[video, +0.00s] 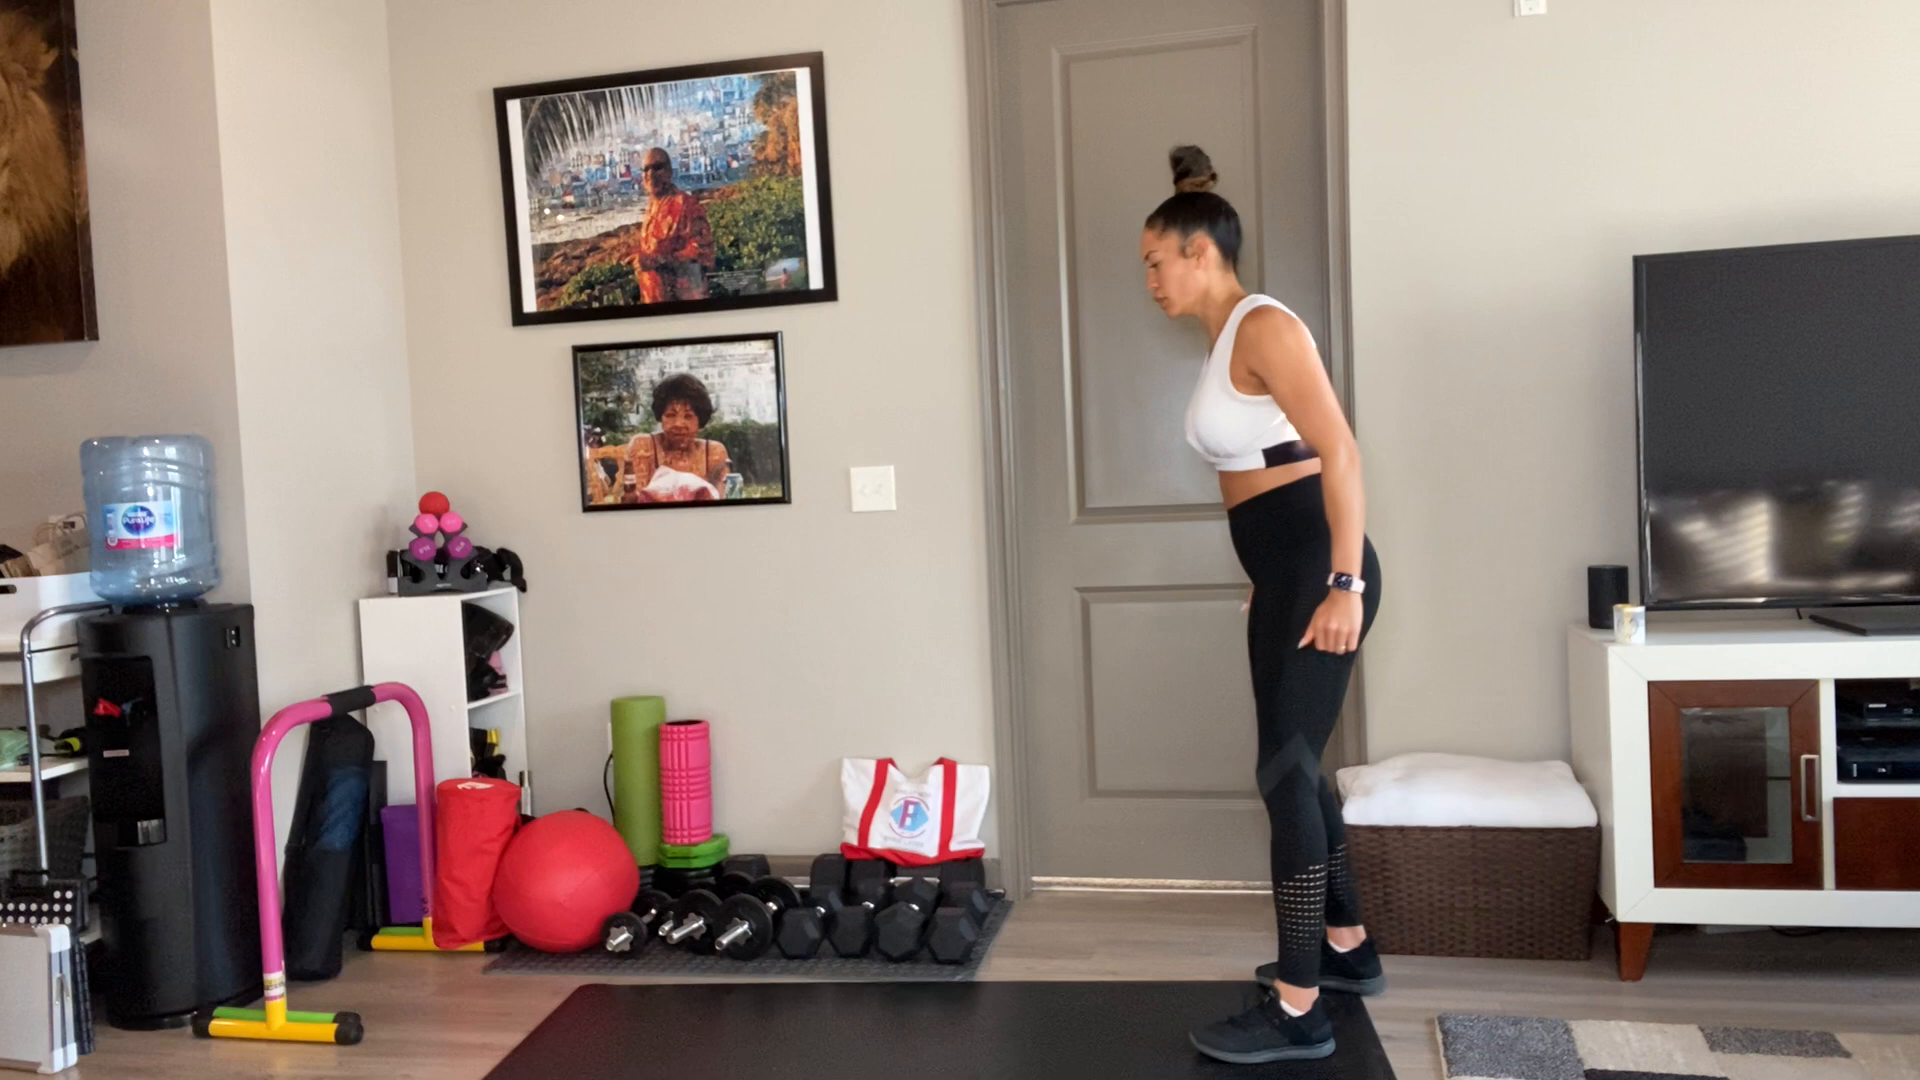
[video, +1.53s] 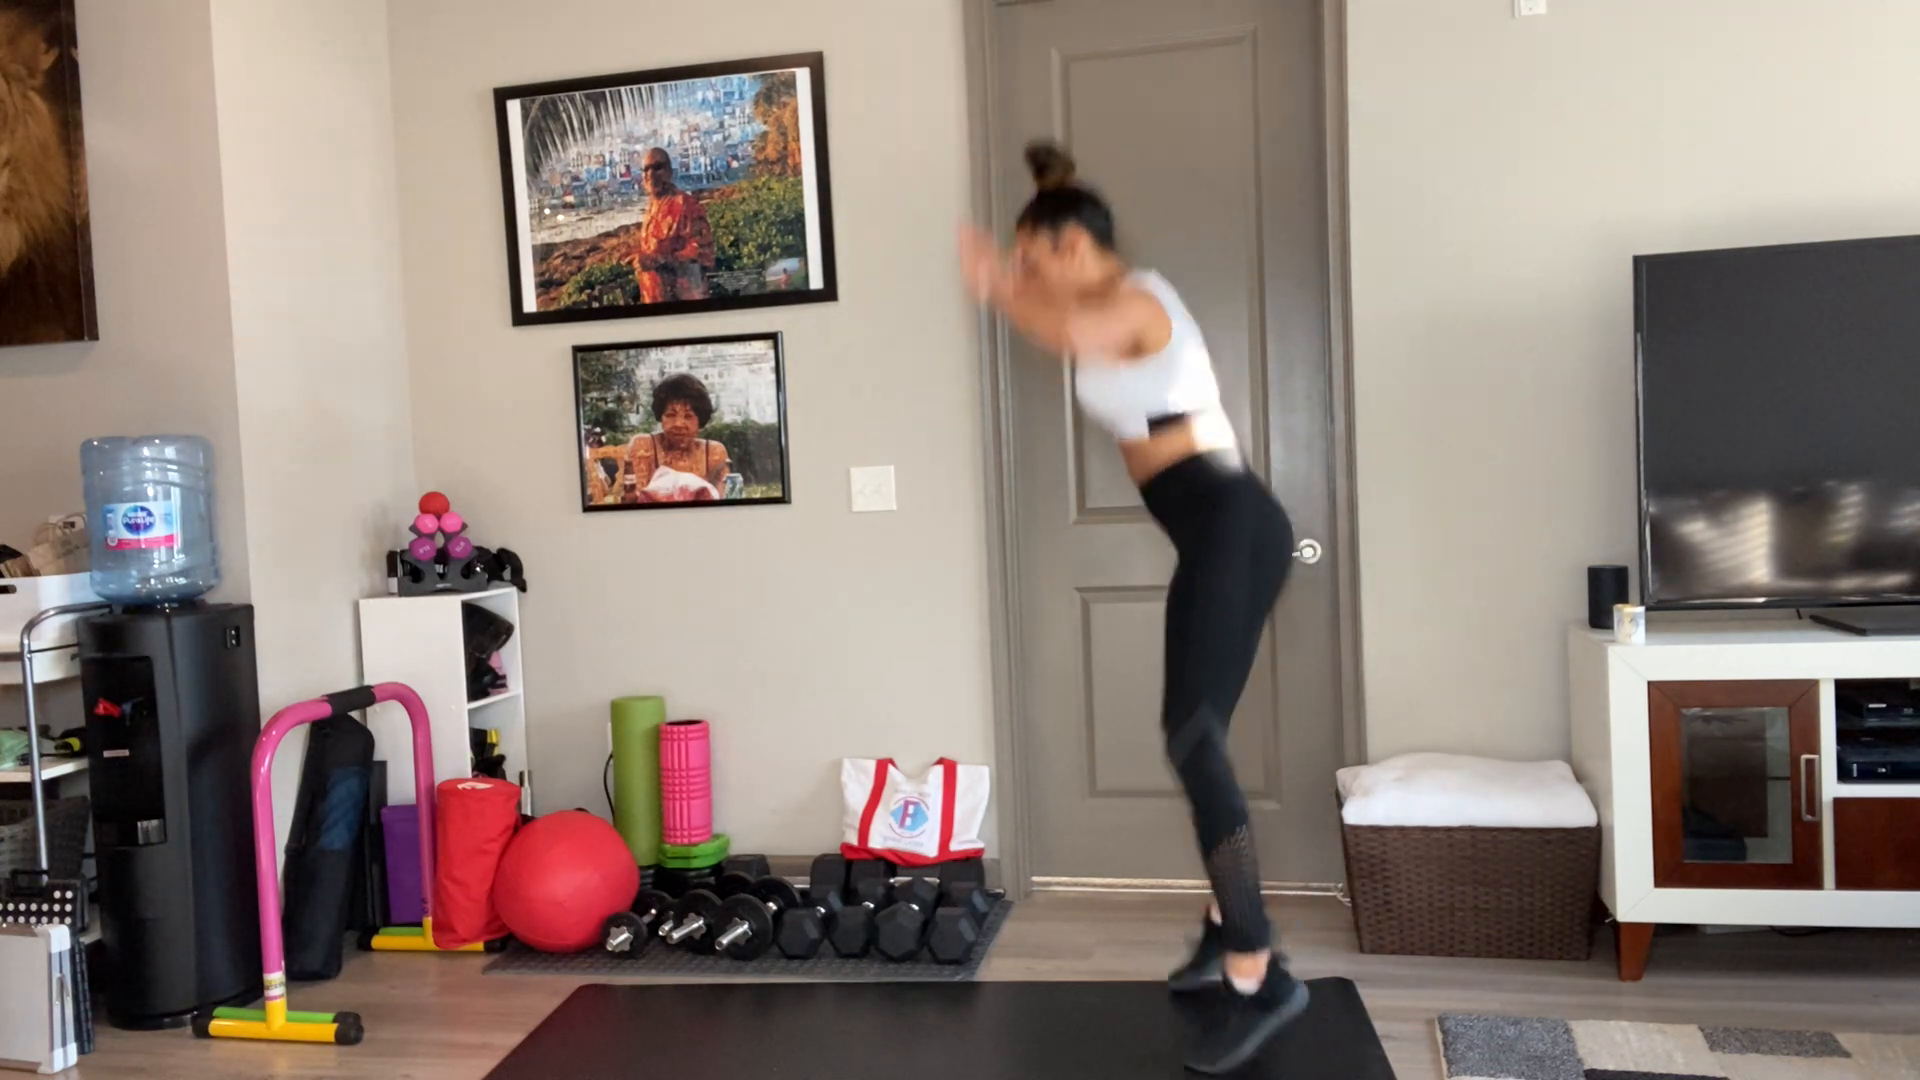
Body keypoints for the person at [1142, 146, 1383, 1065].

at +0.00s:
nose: (1150, 281)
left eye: (1159, 263)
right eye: (1147, 266)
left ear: (1207, 254)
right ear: (1196, 260)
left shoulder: (1268, 329)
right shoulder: (1227, 340)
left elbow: (1340, 452)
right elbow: (1267, 471)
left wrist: (1345, 582)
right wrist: (1264, 579)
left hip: (1316, 559)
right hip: (1282, 563)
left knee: (1286, 768)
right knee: (1293, 763)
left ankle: (1298, 1000)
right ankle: (1348, 939)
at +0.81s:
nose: (1072, 304)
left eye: (1081, 287)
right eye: (1070, 289)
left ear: (1127, 282)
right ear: (1123, 284)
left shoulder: (1178, 352)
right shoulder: (1152, 361)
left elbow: (1301, 428)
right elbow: (1245, 446)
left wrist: (1265, 554)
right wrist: (1216, 552)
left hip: (1275, 570)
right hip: (1243, 574)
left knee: (1228, 772)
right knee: (1208, 764)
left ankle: (1297, 995)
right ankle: (1259, 947)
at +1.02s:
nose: (1111, 315)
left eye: (1122, 299)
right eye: (1107, 301)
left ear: (1164, 297)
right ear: (1129, 304)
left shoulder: (1192, 376)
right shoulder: (1175, 370)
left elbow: (1065, 439)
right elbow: (1074, 440)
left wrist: (1036, 340)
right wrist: (1053, 347)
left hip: (1252, 610)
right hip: (1222, 609)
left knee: (1159, 800)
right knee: (1152, 791)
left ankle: (1277, 989)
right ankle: (1247, 960)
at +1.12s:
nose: (1104, 221)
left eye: (1113, 206)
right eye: (1098, 209)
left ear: (1151, 197)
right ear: (1113, 212)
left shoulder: (1189, 265)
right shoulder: (1147, 275)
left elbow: (1050, 245)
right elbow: (1057, 271)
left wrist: (1043, 139)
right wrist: (1046, 150)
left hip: (1226, 513)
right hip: (1191, 519)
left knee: (1221, 729)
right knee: (1211, 726)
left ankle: (1263, 960)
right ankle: (1228, 920)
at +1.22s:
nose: (1076, 180)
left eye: (1084, 160)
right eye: (1074, 163)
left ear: (1123, 146)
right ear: (1115, 147)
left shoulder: (1173, 206)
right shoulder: (1143, 220)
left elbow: (1066, 129)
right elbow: (1066, 136)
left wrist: (1016, 29)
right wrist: (1027, 40)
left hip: (1223, 450)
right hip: (1200, 454)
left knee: (1208, 664)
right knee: (1205, 665)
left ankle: (1262, 889)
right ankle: (1258, 875)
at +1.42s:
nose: (1058, 191)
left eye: (1060, 173)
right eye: (1053, 177)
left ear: (1095, 155)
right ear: (1094, 155)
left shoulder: (1146, 214)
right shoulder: (1124, 227)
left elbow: (1041, 172)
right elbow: (1047, 180)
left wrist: (983, 92)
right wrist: (1012, 112)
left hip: (1222, 458)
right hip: (1206, 460)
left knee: (1206, 671)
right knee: (1206, 671)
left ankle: (1252, 895)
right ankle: (1237, 873)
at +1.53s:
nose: (1041, 271)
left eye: (1052, 254)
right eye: (1034, 258)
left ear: (1091, 244)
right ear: (1055, 255)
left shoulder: (1142, 300)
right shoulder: (1101, 305)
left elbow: (1080, 336)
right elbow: (1053, 306)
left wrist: (1002, 291)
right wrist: (1016, 279)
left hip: (1234, 521)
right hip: (1206, 528)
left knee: (1195, 733)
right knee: (1192, 732)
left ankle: (1257, 964)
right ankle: (1233, 929)